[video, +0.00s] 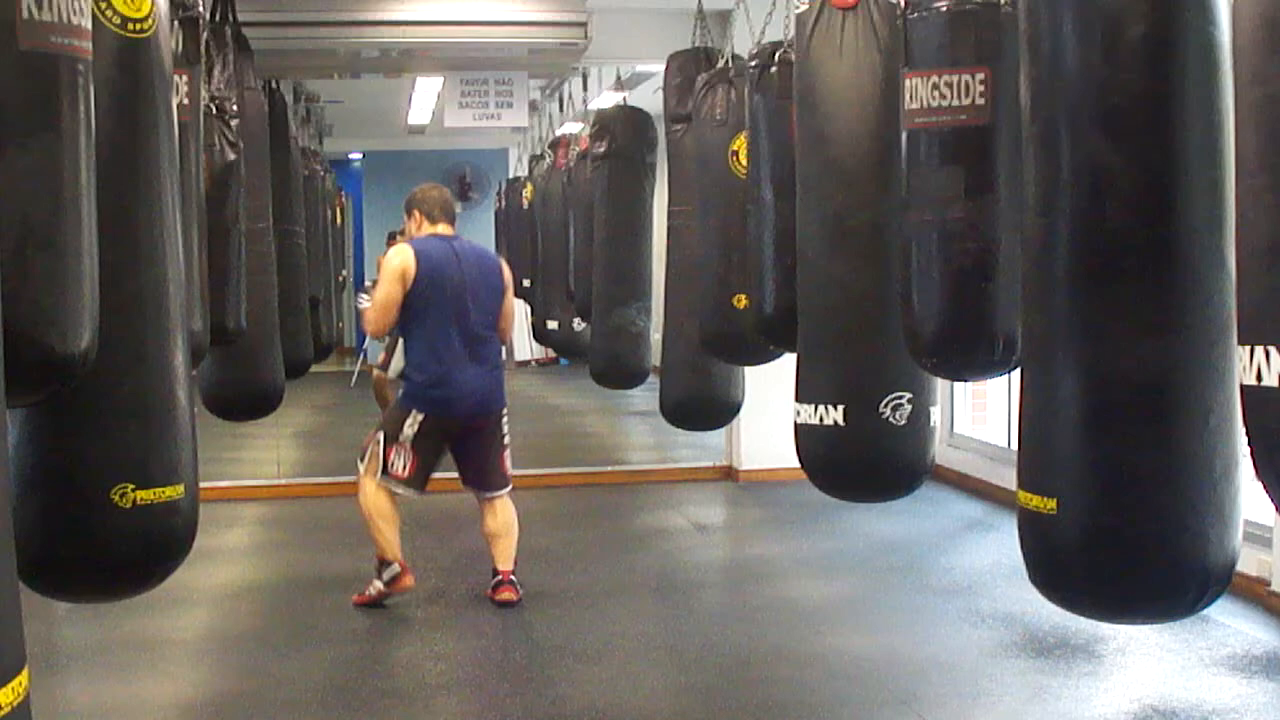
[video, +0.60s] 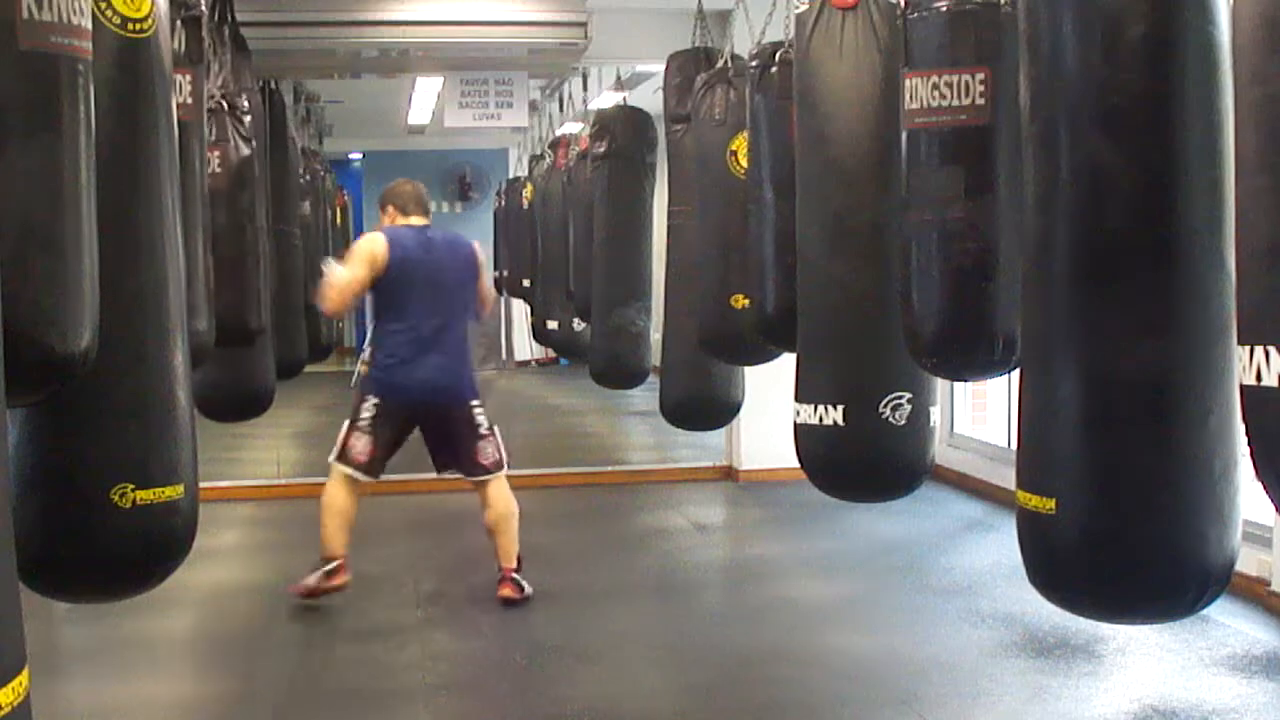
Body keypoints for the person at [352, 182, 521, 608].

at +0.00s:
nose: (406, 229)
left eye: (406, 222)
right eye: (406, 223)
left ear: (416, 218)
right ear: (453, 219)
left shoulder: (403, 256)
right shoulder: (496, 264)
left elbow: (377, 326)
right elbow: (505, 332)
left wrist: (370, 300)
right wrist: (467, 311)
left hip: (429, 395)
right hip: (486, 396)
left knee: (371, 476)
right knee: (495, 492)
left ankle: (392, 567)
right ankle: (505, 576)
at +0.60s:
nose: (380, 221)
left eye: (381, 215)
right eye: (381, 216)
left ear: (390, 213)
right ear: (427, 212)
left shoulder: (377, 244)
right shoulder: (466, 249)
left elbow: (332, 302)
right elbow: (484, 306)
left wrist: (333, 275)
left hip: (391, 386)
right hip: (453, 386)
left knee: (344, 478)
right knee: (492, 480)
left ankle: (333, 564)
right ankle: (510, 574)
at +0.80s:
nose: (329, 222)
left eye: (330, 216)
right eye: (330, 217)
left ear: (339, 216)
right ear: (380, 218)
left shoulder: (323, 244)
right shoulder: (417, 255)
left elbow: (270, 291)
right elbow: (426, 311)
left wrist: (284, 264)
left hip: (354, 392)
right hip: (415, 390)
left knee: (308, 486)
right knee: (453, 476)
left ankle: (314, 585)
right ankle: (506, 556)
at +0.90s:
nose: (312, 227)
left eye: (312, 219)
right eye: (311, 221)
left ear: (323, 210)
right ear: (350, 209)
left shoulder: (336, 240)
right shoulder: (381, 245)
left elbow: (287, 293)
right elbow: (398, 329)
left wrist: (279, 255)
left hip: (353, 383)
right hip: (401, 380)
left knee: (308, 485)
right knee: (423, 478)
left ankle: (313, 586)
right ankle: (486, 554)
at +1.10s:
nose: (312, 222)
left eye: (311, 214)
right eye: (310, 216)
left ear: (326, 208)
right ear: (355, 205)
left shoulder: (336, 239)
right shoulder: (388, 242)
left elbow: (291, 296)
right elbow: (404, 322)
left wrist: (282, 261)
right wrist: (426, 391)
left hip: (362, 382)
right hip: (410, 380)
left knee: (319, 484)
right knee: (427, 474)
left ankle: (315, 586)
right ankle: (484, 549)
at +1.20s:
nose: (325, 233)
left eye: (324, 227)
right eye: (323, 228)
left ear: (336, 220)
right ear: (370, 219)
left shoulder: (340, 251)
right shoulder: (407, 254)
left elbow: (305, 316)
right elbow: (403, 314)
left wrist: (294, 292)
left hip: (370, 389)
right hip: (422, 387)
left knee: (315, 484)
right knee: (443, 480)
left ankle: (316, 584)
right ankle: (490, 564)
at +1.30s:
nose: (341, 235)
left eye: (340, 229)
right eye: (340, 229)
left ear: (352, 224)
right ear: (385, 221)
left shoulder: (350, 255)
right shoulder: (434, 261)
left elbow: (329, 327)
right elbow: (449, 325)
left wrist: (312, 304)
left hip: (379, 391)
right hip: (434, 392)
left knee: (325, 485)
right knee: (455, 483)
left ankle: (316, 582)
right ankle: (496, 571)